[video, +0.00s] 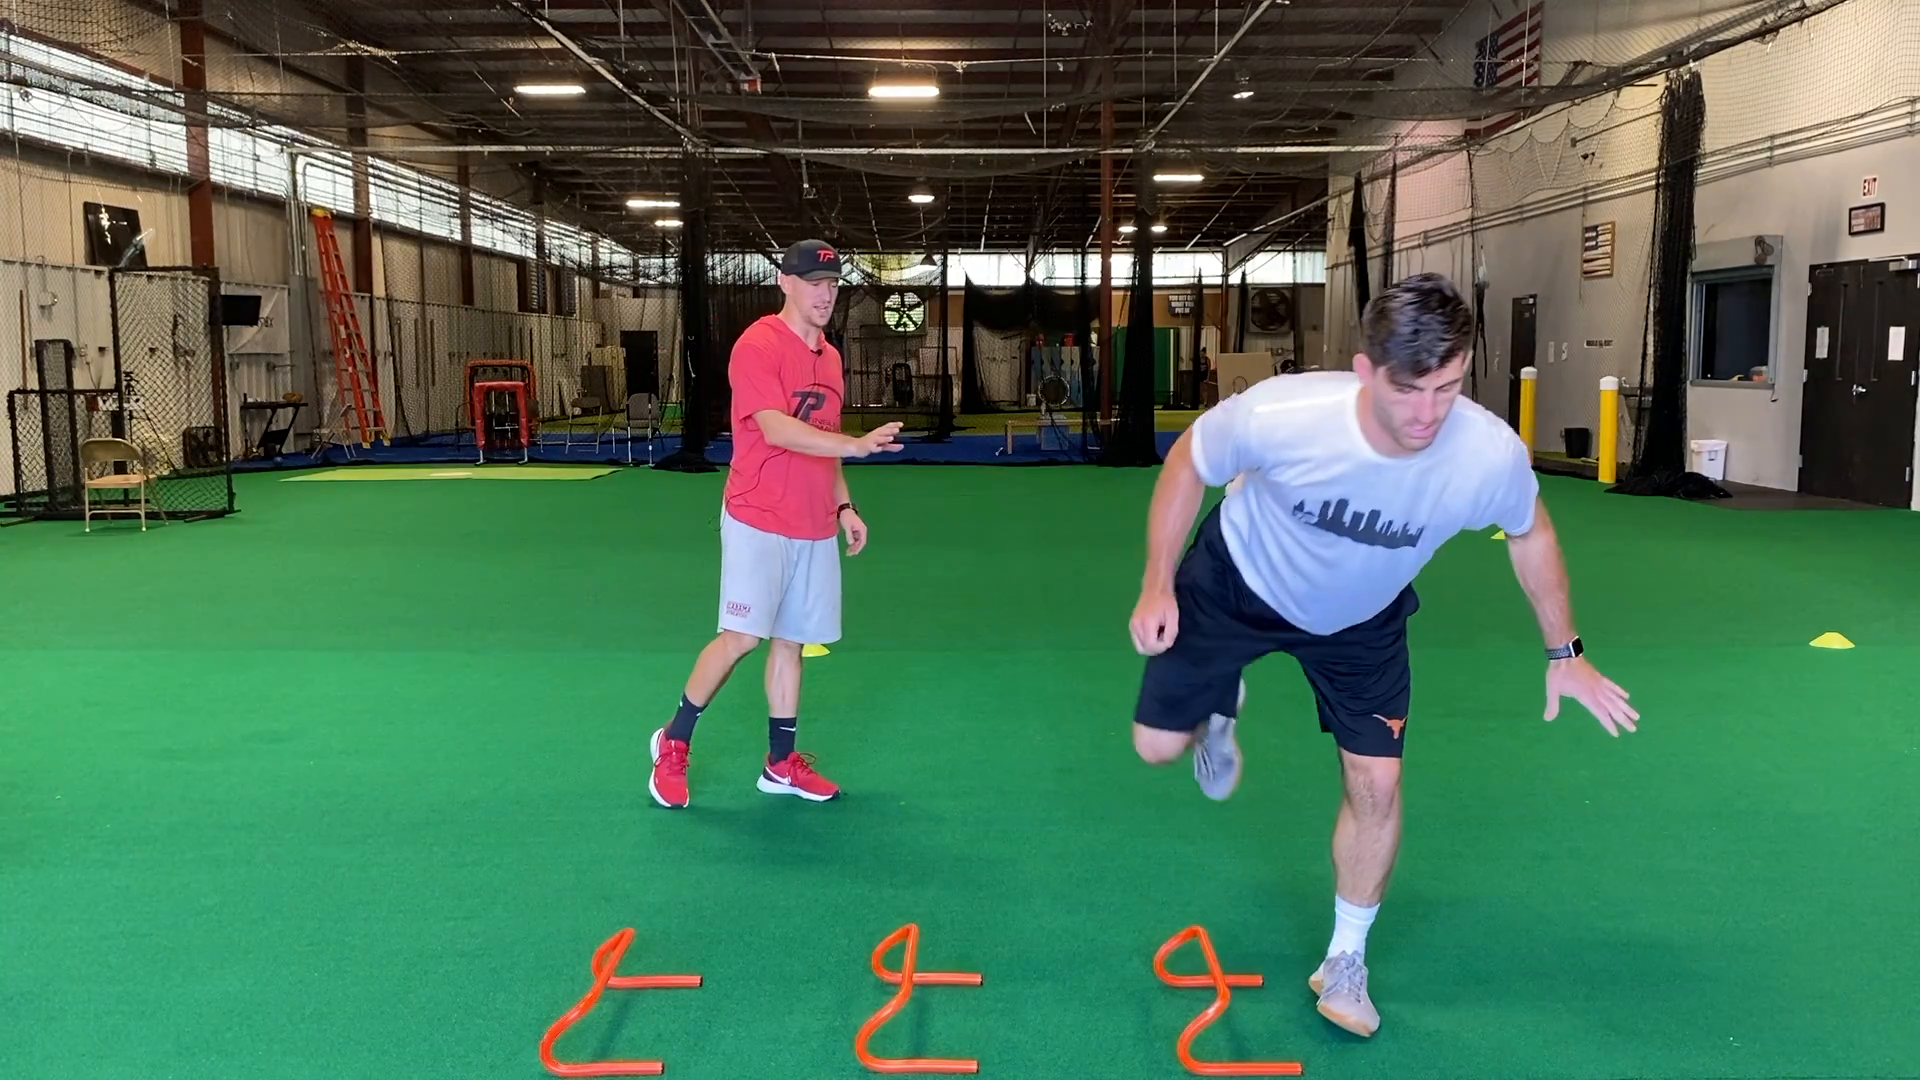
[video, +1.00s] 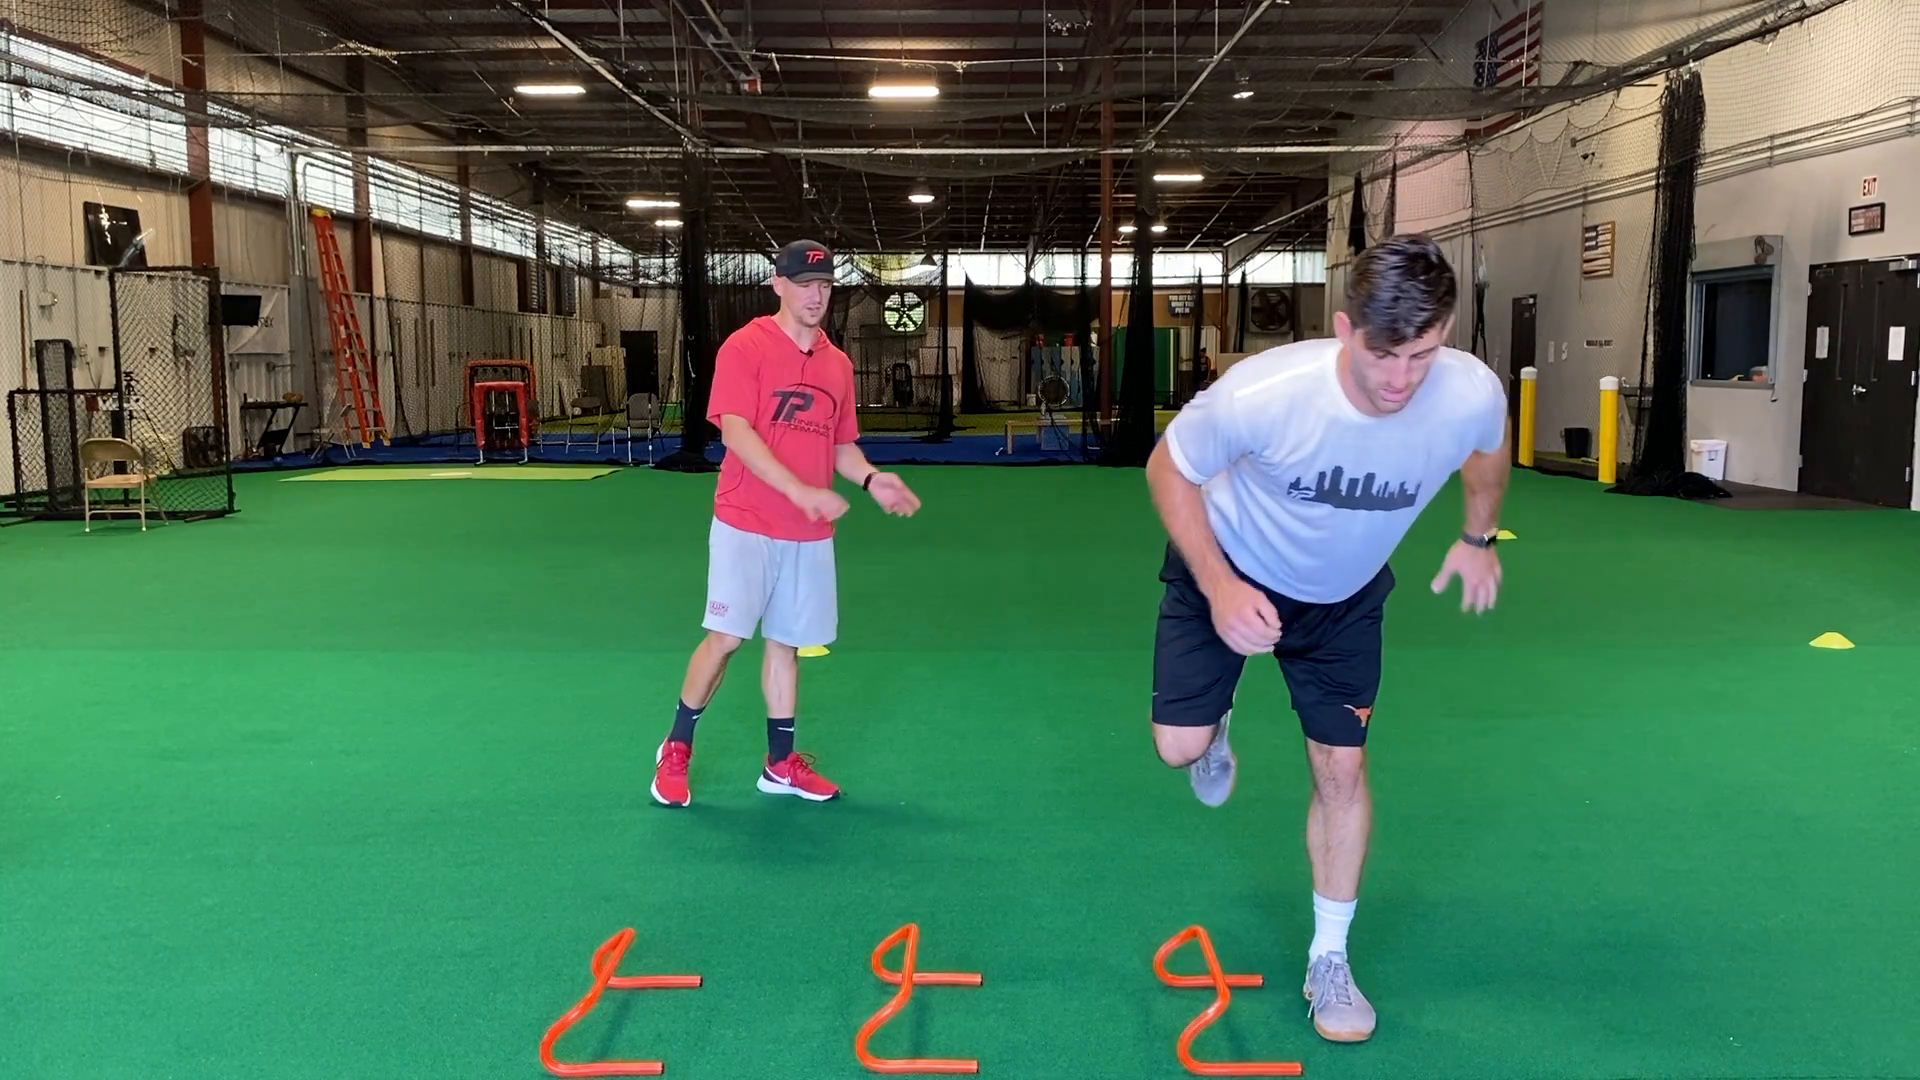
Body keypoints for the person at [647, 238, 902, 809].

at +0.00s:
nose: (827, 294)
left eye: (833, 285)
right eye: (816, 283)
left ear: (837, 290)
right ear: (785, 284)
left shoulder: (830, 357)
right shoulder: (757, 344)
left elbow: (824, 439)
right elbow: (774, 428)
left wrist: (842, 505)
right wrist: (854, 444)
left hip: (811, 523)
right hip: (757, 518)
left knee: (790, 638)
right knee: (743, 633)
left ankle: (782, 761)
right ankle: (674, 739)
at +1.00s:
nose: (816, 294)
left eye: (823, 285)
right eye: (805, 283)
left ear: (832, 291)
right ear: (779, 285)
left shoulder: (838, 364)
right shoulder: (745, 347)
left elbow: (842, 447)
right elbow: (735, 430)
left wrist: (875, 478)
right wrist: (799, 489)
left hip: (807, 525)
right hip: (745, 519)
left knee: (785, 640)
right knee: (727, 633)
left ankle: (781, 762)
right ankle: (677, 747)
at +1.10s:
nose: (808, 295)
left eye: (817, 286)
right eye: (798, 284)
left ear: (827, 291)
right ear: (774, 286)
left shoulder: (837, 365)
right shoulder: (737, 348)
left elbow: (844, 445)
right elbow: (723, 434)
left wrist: (883, 464)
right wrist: (759, 510)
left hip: (804, 528)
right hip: (737, 520)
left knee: (783, 643)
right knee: (717, 636)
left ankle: (781, 762)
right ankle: (676, 752)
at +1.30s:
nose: (784, 296)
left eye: (794, 286)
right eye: (774, 285)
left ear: (806, 290)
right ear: (753, 287)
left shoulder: (829, 362)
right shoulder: (717, 351)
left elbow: (853, 446)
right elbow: (687, 443)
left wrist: (875, 428)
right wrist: (673, 526)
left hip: (791, 534)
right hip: (718, 529)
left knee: (780, 646)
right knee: (694, 642)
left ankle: (781, 762)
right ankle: (669, 764)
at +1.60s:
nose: (710, 295)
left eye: (719, 282)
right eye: (697, 287)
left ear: (737, 282)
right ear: (682, 292)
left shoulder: (778, 355)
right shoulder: (662, 358)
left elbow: (803, 436)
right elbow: (640, 434)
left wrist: (831, 451)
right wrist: (641, 489)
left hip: (753, 533)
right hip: (678, 531)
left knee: (762, 647)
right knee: (671, 645)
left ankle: (781, 762)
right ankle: (663, 770)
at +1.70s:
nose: (682, 294)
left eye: (691, 281)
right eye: (670, 285)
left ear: (712, 279)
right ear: (659, 291)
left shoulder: (758, 352)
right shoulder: (645, 358)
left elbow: (792, 433)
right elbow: (626, 433)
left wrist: (774, 454)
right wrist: (636, 461)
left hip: (735, 531)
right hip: (660, 531)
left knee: (755, 644)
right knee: (661, 645)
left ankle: (780, 760)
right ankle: (661, 769)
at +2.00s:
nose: (641, 287)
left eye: (652, 275)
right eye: (630, 278)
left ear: (674, 277)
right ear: (619, 285)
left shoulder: (707, 344)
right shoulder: (604, 359)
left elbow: (740, 422)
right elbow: (574, 435)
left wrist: (704, 464)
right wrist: (597, 468)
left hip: (704, 525)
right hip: (633, 530)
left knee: (726, 648)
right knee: (649, 647)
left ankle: (753, 769)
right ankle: (660, 768)